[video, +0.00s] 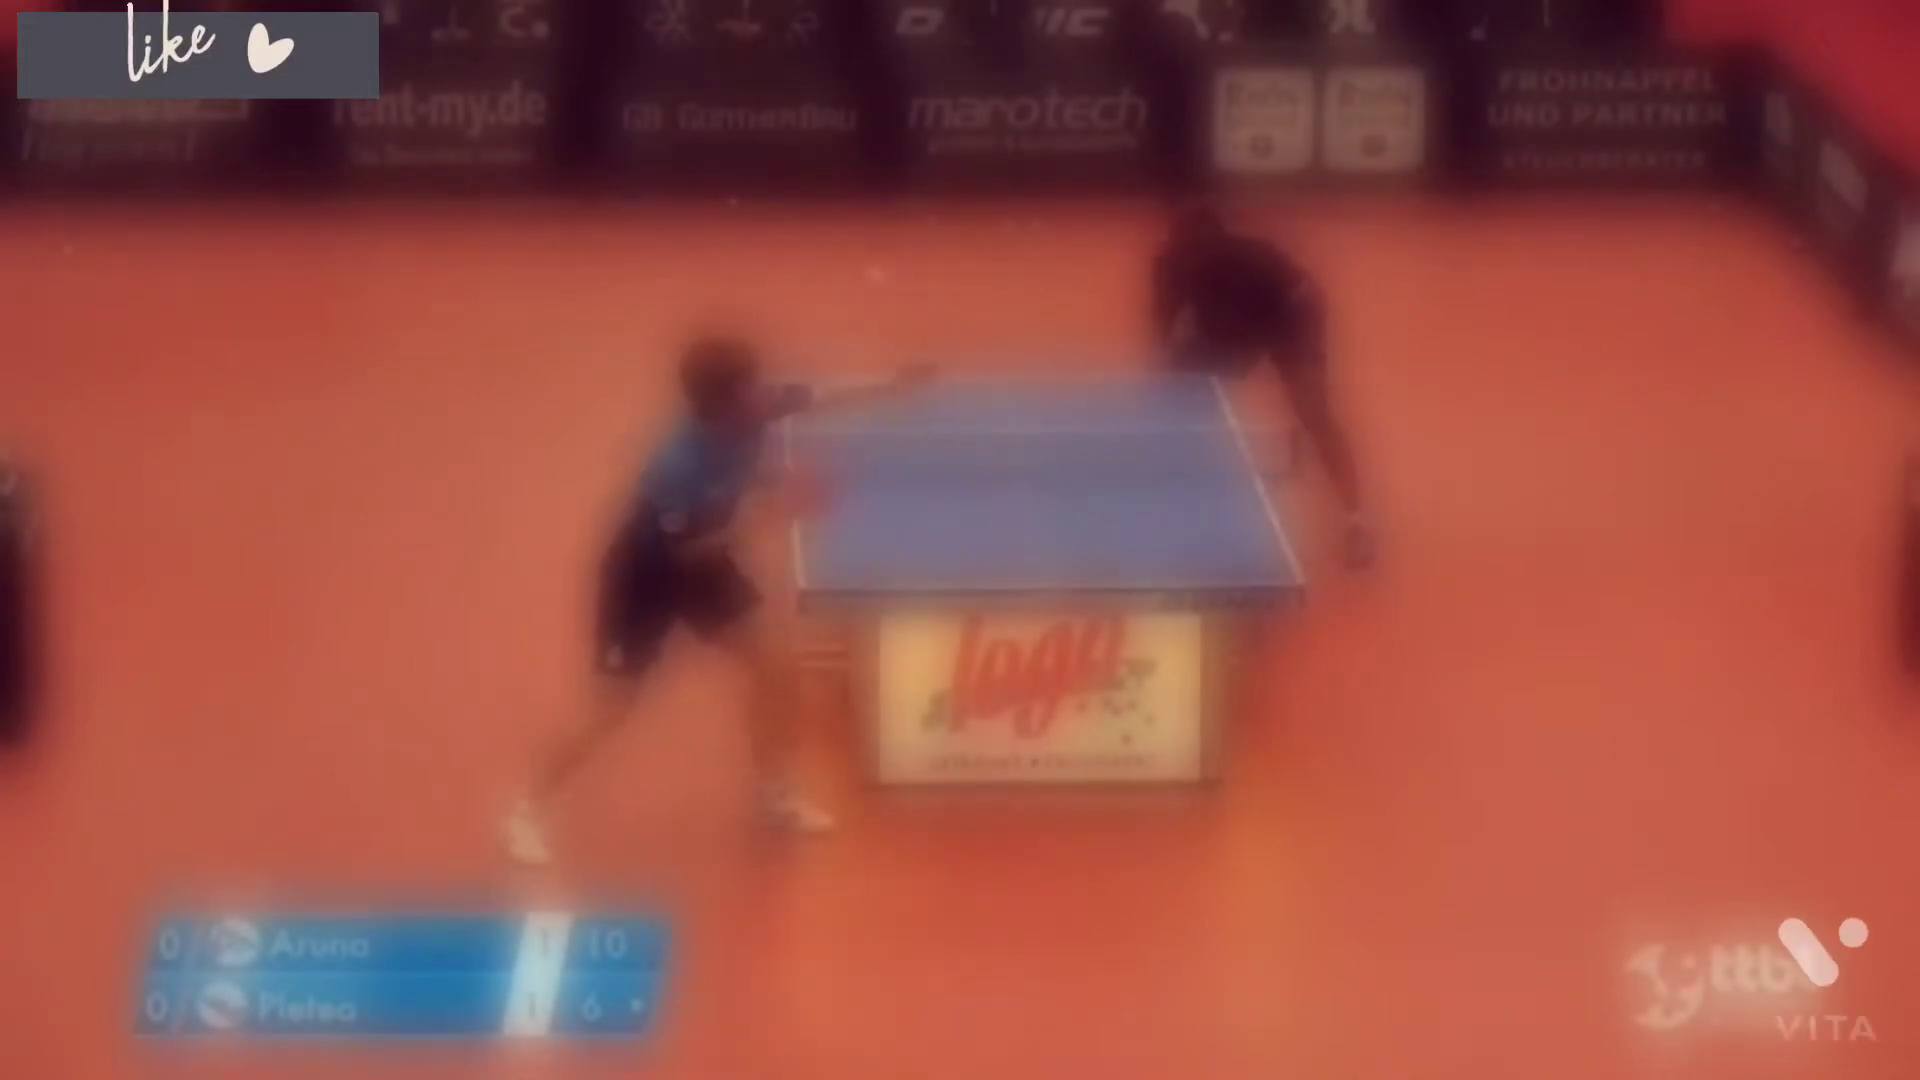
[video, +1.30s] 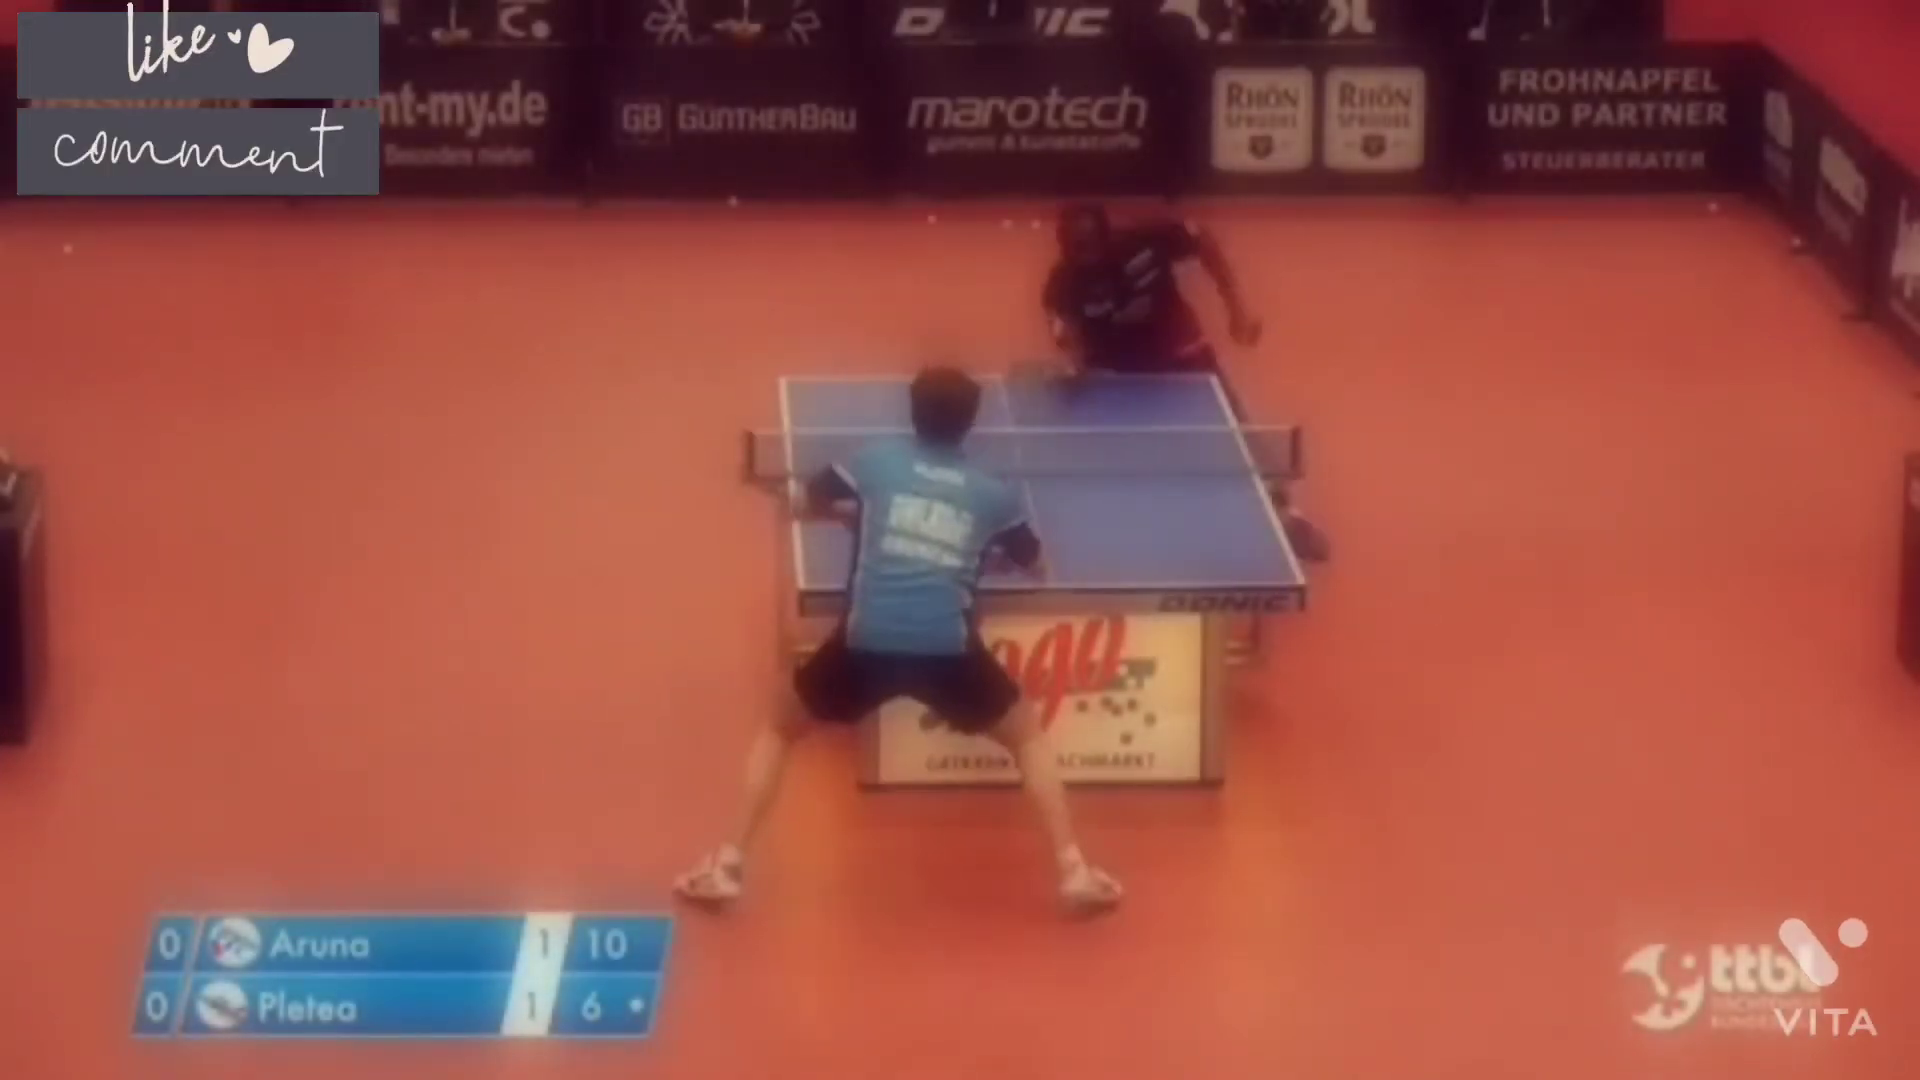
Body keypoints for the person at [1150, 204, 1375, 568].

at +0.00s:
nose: (1192, 238)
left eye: (1199, 228)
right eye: (1185, 230)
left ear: (1213, 224)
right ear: (1176, 230)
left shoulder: (1251, 255)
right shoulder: (1175, 263)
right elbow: (1163, 325)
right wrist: (1163, 363)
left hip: (1287, 317)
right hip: (1226, 326)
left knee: (1313, 410)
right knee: (1179, 398)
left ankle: (1354, 513)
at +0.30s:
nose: (1203, 241)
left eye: (1209, 232)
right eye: (1194, 234)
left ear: (1222, 228)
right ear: (1184, 233)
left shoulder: (1255, 255)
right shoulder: (1179, 265)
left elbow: (1311, 298)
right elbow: (1160, 327)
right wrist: (1163, 356)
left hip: (1291, 330)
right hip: (1230, 338)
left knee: (1326, 419)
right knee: (1175, 403)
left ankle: (1362, 517)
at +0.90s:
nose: (1184, 233)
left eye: (1191, 222)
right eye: (1180, 224)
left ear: (1216, 213)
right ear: (1180, 224)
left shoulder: (1275, 235)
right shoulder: (1189, 264)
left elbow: (1343, 265)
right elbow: (1161, 342)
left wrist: (1344, 340)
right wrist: (1106, 350)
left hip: (1301, 363)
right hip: (1234, 366)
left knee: (1331, 463)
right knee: (1184, 447)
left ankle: (1384, 541)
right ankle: (1190, 559)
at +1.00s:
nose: (1159, 234)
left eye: (1166, 223)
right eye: (1153, 225)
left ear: (1188, 214)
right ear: (1149, 225)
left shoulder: (1244, 235)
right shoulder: (1162, 268)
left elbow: (1319, 256)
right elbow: (1135, 344)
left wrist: (1342, 325)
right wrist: (1083, 353)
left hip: (1282, 361)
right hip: (1213, 366)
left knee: (1325, 460)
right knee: (1171, 451)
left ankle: (1383, 542)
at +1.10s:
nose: (1116, 252)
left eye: (1121, 242)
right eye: (1109, 246)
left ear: (1139, 235)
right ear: (1103, 248)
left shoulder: (1190, 243)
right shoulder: (1111, 290)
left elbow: (1254, 246)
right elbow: (1105, 355)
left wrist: (1297, 307)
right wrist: (1093, 377)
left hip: (1234, 372)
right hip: (1171, 389)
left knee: (1297, 455)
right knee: (1178, 481)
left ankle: (1370, 537)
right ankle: (1186, 581)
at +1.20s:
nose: (1097, 274)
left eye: (1101, 263)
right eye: (1088, 268)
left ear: (1116, 252)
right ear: (1078, 268)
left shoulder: (1155, 256)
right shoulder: (1086, 304)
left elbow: (1212, 254)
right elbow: (1082, 366)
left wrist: (1257, 307)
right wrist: (1079, 390)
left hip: (1206, 381)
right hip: (1146, 398)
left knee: (1270, 453)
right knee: (1164, 485)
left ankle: (1342, 533)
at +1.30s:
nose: (1086, 246)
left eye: (1091, 236)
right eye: (1077, 240)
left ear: (1104, 230)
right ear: (1065, 242)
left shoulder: (1144, 242)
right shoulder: (1064, 283)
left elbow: (1203, 243)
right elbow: (1067, 339)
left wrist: (1237, 311)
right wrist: (1079, 365)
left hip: (1188, 366)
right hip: (1124, 385)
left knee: (1236, 438)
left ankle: (1279, 515)